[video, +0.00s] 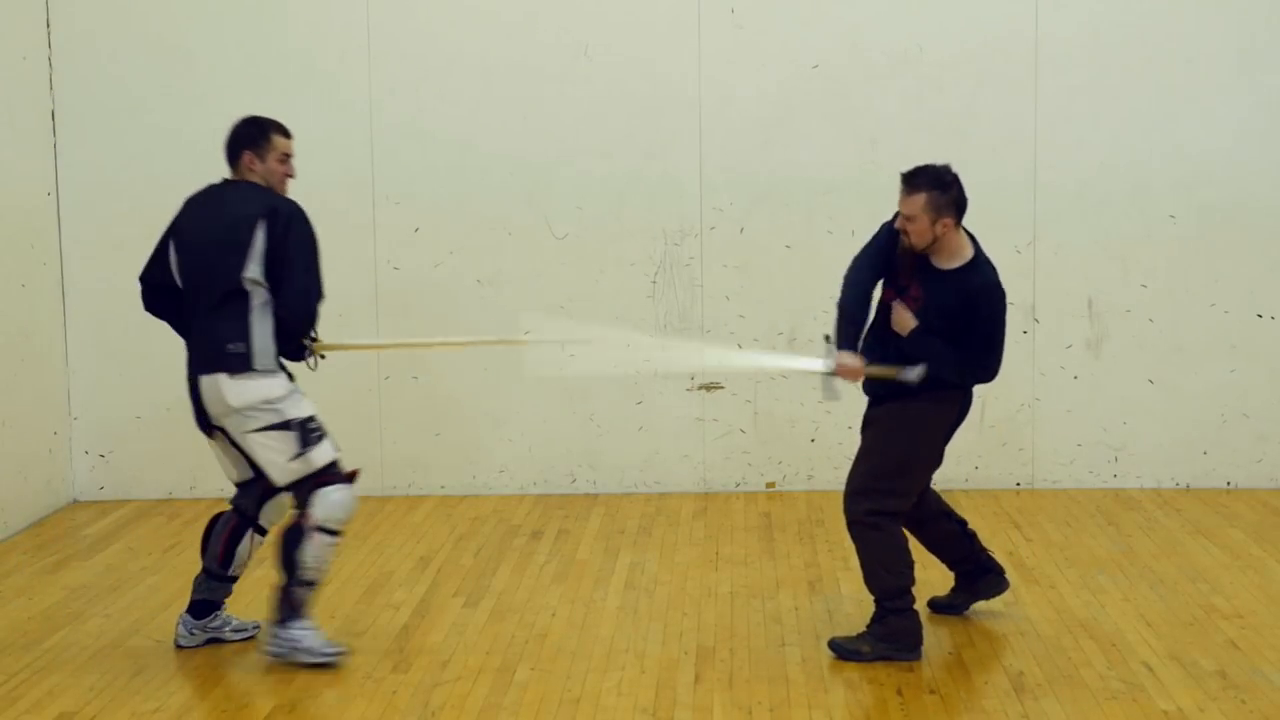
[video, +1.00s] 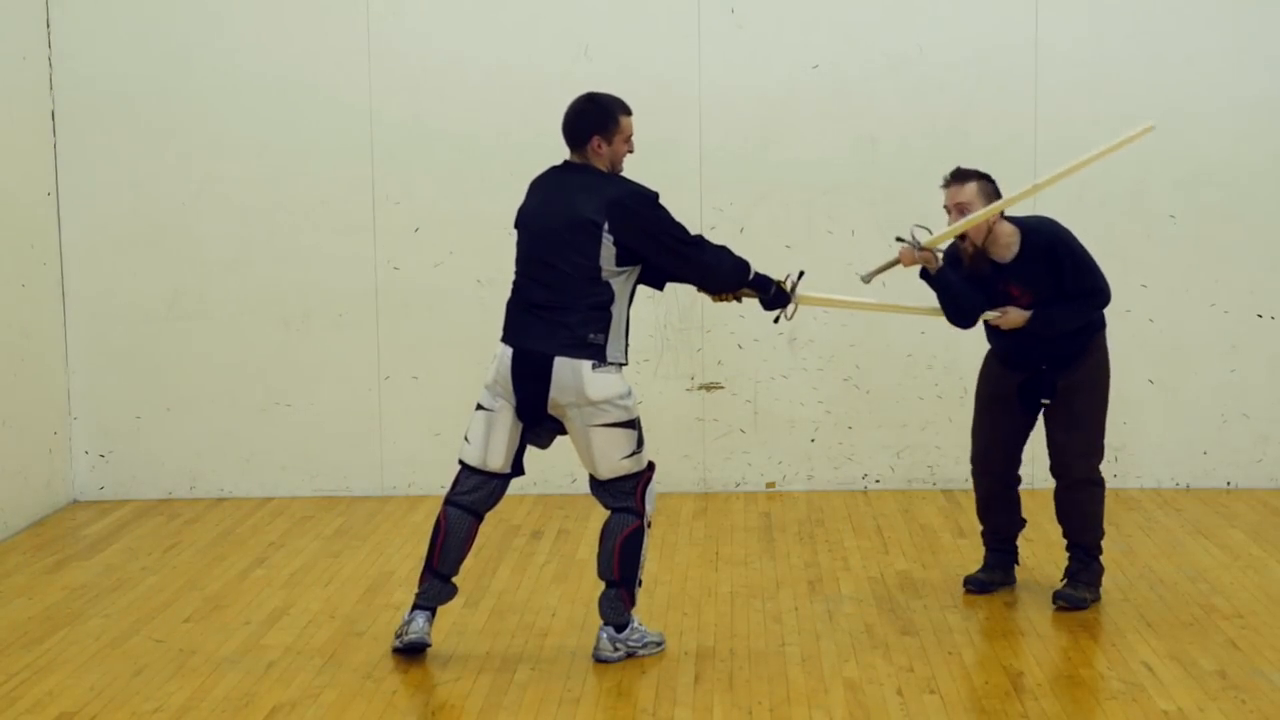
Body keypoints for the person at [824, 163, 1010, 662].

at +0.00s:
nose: (900, 226)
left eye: (911, 220)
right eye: (901, 216)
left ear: (946, 224)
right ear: (905, 208)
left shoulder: (980, 287)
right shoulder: (902, 233)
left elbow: (983, 368)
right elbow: (859, 276)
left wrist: (915, 334)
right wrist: (848, 346)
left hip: (935, 400)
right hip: (888, 388)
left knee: (868, 503)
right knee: (903, 493)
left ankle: (896, 628)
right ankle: (979, 572)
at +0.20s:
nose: (907, 209)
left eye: (918, 201)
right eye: (906, 198)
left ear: (951, 205)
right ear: (912, 198)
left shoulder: (987, 269)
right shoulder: (902, 233)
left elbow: (987, 355)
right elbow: (864, 281)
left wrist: (931, 304)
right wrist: (890, 264)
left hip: (941, 405)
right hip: (894, 399)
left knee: (871, 502)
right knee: (894, 504)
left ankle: (896, 628)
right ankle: (977, 570)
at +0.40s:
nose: (901, 187)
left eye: (912, 179)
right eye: (903, 177)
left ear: (946, 186)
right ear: (931, 187)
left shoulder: (995, 223)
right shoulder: (920, 230)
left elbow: (1017, 293)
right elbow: (895, 270)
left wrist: (951, 267)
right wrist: (873, 217)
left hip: (987, 371)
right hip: (929, 367)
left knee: (939, 479)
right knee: (907, 478)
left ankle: (902, 602)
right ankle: (964, 577)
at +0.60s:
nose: (918, 175)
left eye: (929, 166)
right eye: (918, 168)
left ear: (963, 176)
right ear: (925, 182)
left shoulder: (1014, 214)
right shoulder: (935, 237)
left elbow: (1066, 273)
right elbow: (921, 282)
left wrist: (997, 301)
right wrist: (883, 233)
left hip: (1045, 362)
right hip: (983, 363)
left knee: (1038, 476)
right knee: (964, 472)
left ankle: (1073, 565)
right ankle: (974, 586)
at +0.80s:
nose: (944, 213)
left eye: (953, 203)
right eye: (941, 204)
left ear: (984, 203)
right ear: (943, 209)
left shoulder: (1044, 234)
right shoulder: (964, 256)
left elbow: (1090, 300)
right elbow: (951, 302)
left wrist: (1022, 318)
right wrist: (919, 252)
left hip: (1080, 365)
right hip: (1016, 367)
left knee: (1072, 475)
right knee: (978, 462)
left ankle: (1083, 576)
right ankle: (995, 563)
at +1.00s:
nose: (956, 220)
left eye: (964, 209)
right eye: (950, 211)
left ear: (994, 209)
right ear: (948, 215)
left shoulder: (1047, 237)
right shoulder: (959, 258)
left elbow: (1097, 294)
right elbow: (964, 317)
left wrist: (1031, 317)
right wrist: (932, 266)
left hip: (1076, 358)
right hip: (1009, 359)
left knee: (1076, 465)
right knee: (991, 460)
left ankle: (1083, 570)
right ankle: (999, 560)